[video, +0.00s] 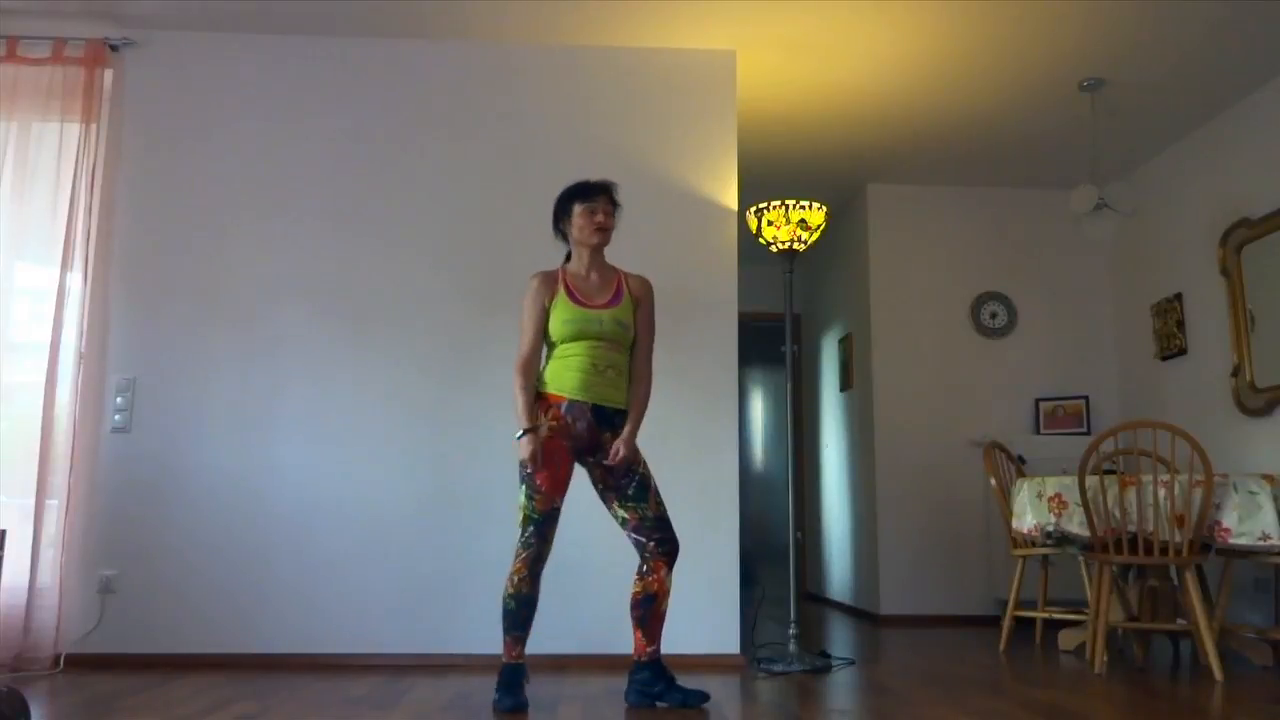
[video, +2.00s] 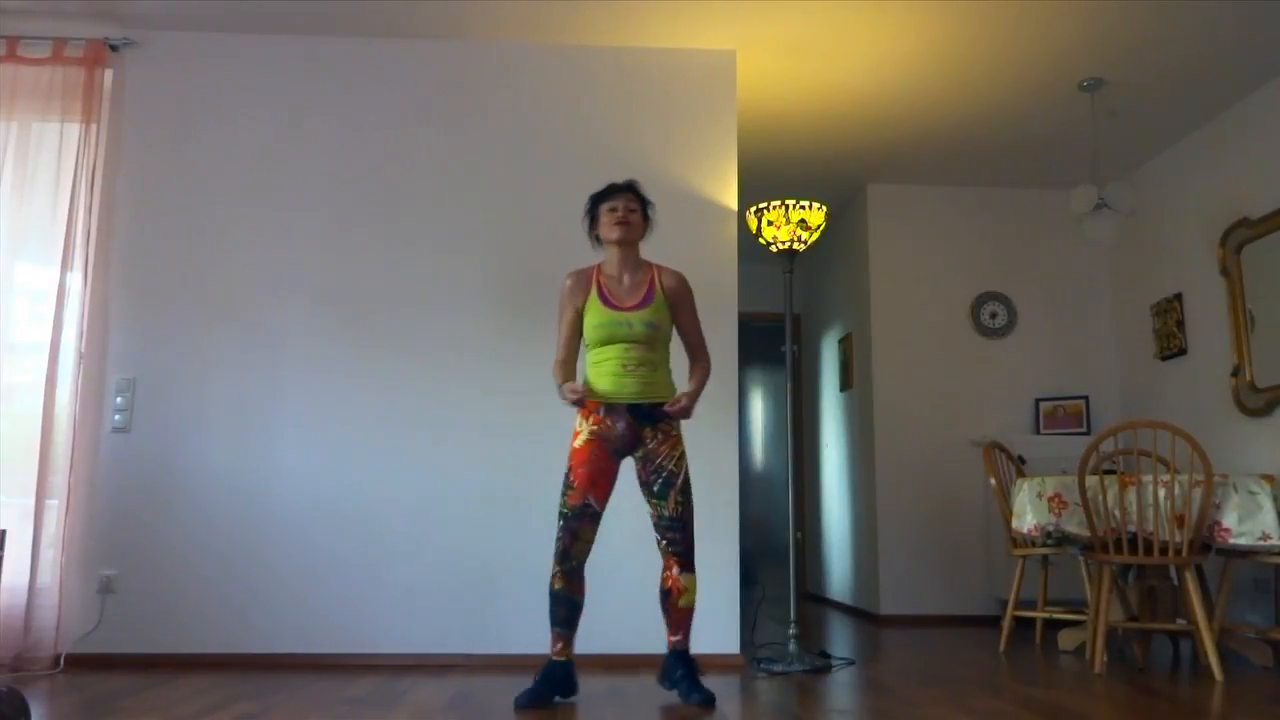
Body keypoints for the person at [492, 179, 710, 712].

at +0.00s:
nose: (600, 218)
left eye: (607, 211)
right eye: (589, 210)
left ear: (615, 223)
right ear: (566, 223)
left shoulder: (637, 288)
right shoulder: (548, 285)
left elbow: (642, 368)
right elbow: (527, 361)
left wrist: (630, 431)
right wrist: (529, 428)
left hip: (610, 430)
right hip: (552, 424)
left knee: (659, 546)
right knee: (532, 548)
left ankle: (647, 672)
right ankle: (511, 673)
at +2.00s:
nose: (622, 215)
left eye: (632, 209)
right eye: (612, 210)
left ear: (646, 224)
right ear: (595, 226)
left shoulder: (669, 284)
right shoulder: (579, 284)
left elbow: (700, 358)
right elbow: (564, 358)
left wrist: (692, 394)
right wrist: (566, 386)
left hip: (659, 423)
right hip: (597, 423)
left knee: (678, 543)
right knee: (570, 543)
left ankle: (679, 661)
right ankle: (559, 665)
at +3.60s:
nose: (624, 227)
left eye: (633, 223)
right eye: (615, 217)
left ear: (641, 238)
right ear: (590, 227)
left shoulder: (652, 295)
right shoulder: (564, 288)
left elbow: (671, 378)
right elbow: (525, 360)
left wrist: (646, 432)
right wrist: (499, 337)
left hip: (625, 432)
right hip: (567, 427)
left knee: (673, 548)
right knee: (550, 546)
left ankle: (652, 665)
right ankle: (520, 668)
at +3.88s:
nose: (628, 224)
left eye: (636, 218)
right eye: (618, 215)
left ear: (643, 232)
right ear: (593, 225)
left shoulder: (658, 291)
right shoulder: (569, 287)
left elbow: (673, 376)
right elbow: (549, 367)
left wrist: (643, 432)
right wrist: (537, 324)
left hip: (636, 425)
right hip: (577, 421)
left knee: (667, 543)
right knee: (554, 540)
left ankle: (673, 656)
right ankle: (529, 663)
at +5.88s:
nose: (613, 214)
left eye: (624, 207)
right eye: (603, 206)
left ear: (638, 218)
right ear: (587, 218)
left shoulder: (660, 278)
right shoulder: (570, 277)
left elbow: (679, 362)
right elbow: (496, 310)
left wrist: (655, 423)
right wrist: (510, 246)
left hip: (645, 416)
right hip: (584, 413)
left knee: (680, 537)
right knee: (567, 537)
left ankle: (691, 655)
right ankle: (552, 667)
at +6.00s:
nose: (622, 214)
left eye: (633, 207)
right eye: (613, 206)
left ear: (647, 219)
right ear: (596, 217)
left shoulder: (667, 280)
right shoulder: (579, 276)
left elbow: (689, 364)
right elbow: (498, 296)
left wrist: (666, 423)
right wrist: (499, 231)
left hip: (658, 419)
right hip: (596, 421)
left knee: (686, 545)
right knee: (572, 546)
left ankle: (716, 661)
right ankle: (573, 671)